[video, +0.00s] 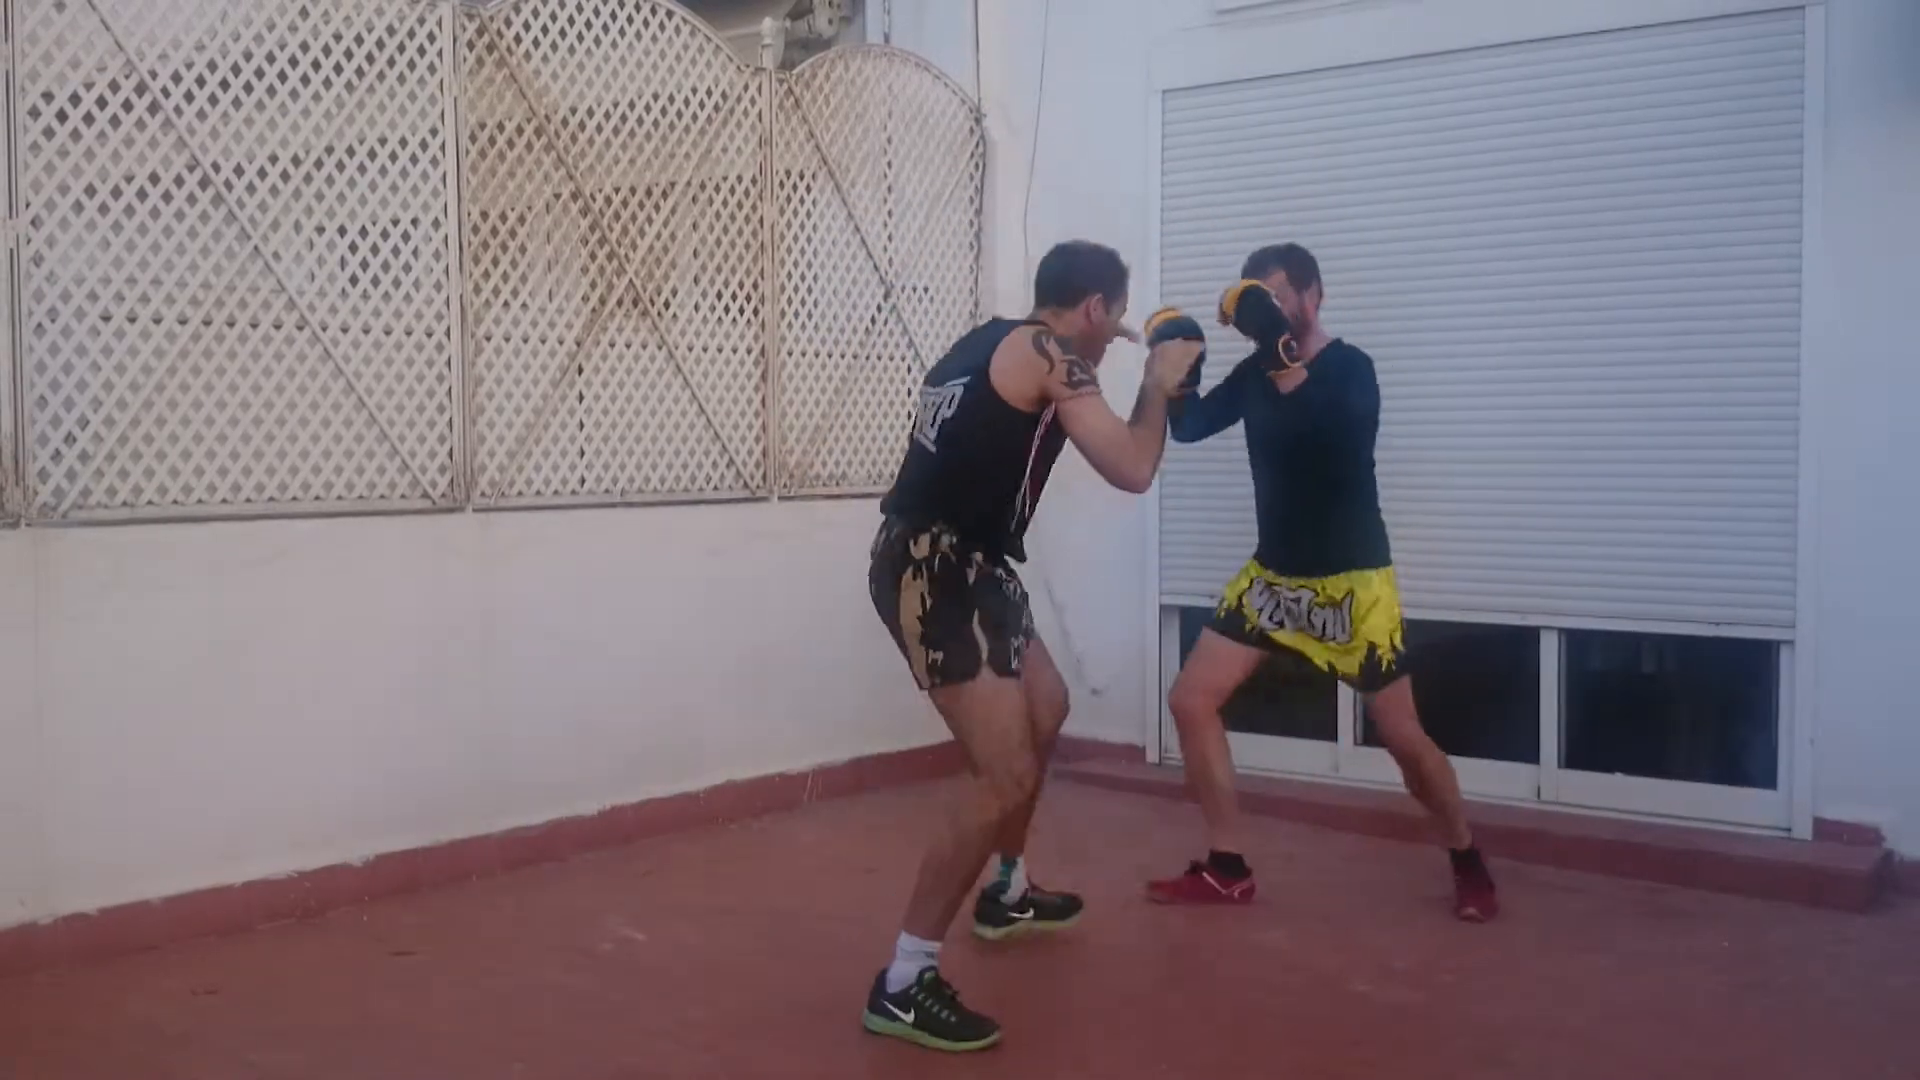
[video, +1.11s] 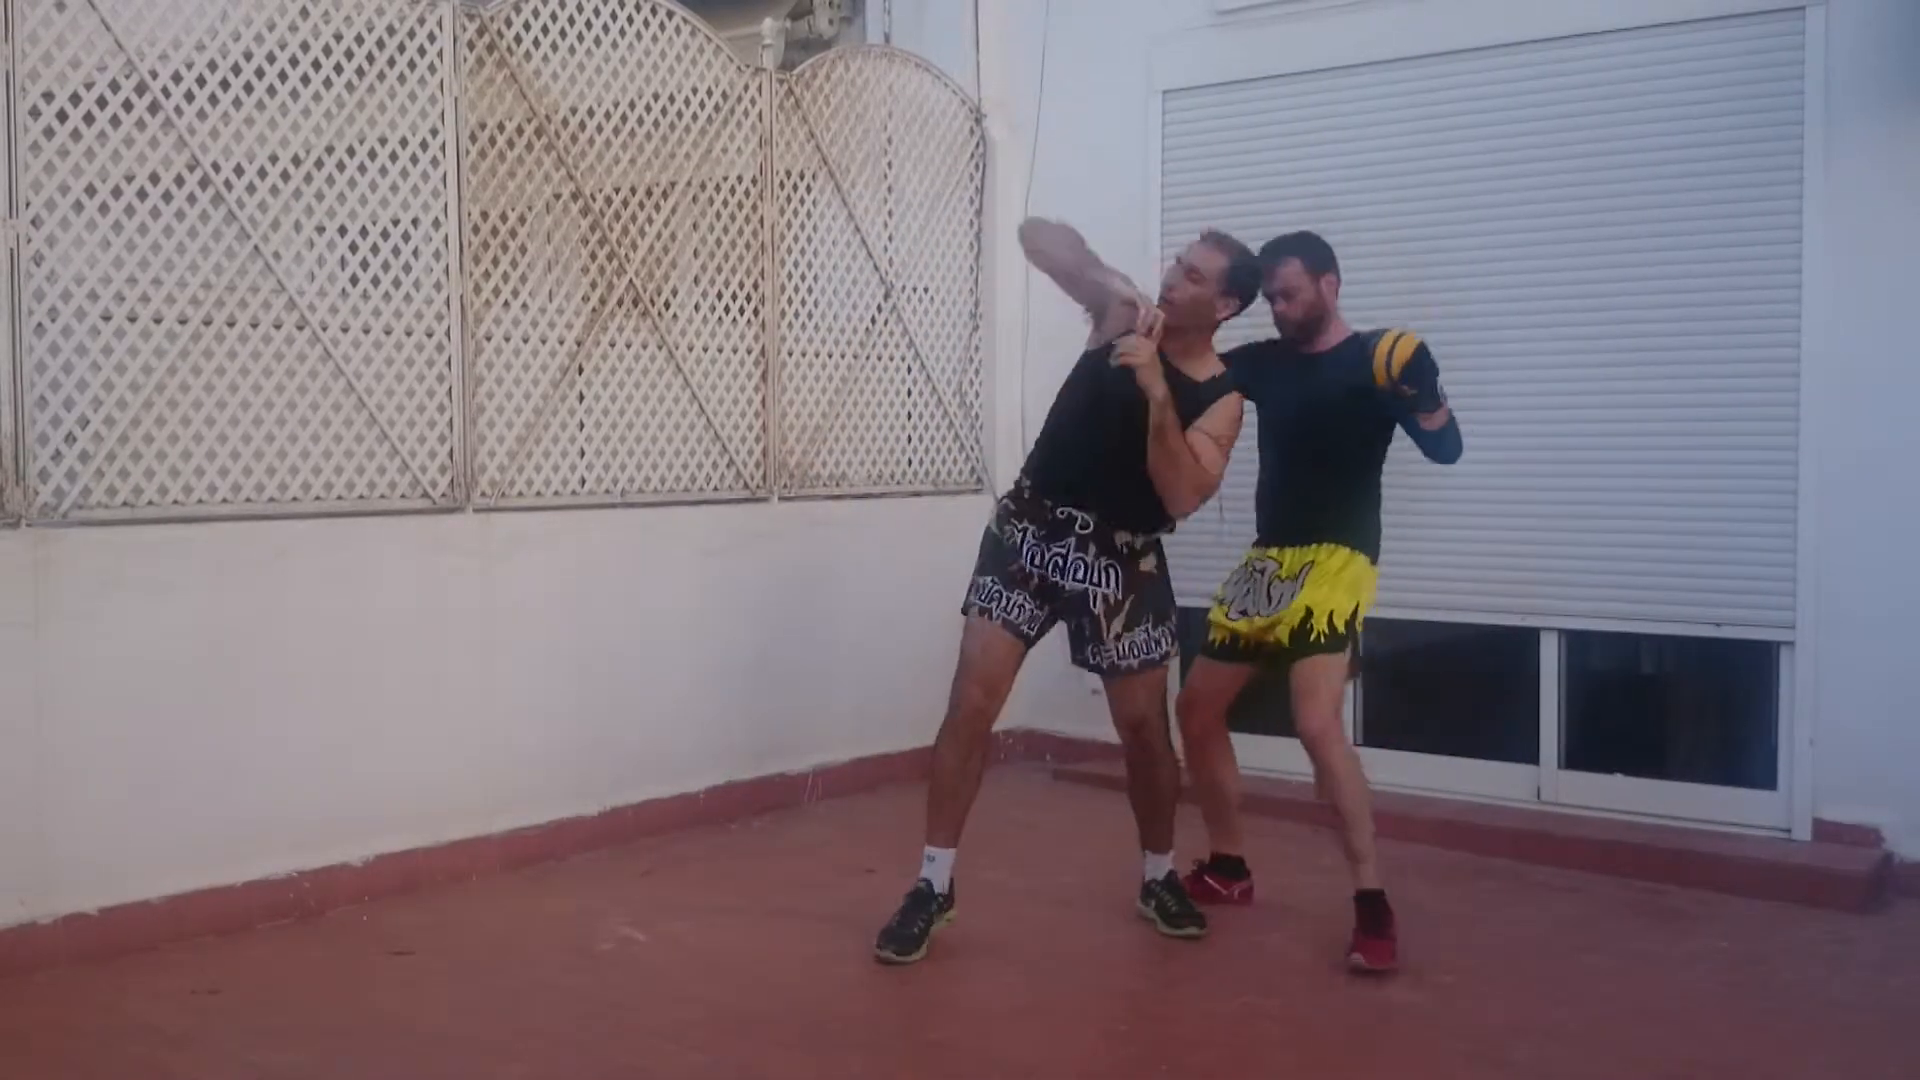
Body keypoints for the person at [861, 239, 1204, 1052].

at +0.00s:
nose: (1119, 326)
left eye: (1118, 313)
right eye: (1117, 312)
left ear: (1050, 298)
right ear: (1090, 307)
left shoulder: (995, 339)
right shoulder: (1043, 359)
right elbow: (1132, 467)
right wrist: (1163, 383)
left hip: (966, 558)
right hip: (936, 563)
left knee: (1044, 705)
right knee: (1007, 781)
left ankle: (1003, 893)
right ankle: (902, 983)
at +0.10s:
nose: (1157, 416)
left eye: (1160, 403)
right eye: (1157, 402)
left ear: (1110, 385)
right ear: (1129, 390)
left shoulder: (1055, 418)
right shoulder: (1068, 412)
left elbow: (1085, 522)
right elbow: (1170, 510)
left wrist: (1173, 476)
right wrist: (1200, 440)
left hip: (976, 601)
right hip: (934, 602)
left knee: (1059, 733)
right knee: (1020, 788)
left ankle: (1092, 875)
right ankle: (903, 986)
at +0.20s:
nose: (1197, 464)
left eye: (1202, 454)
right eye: (1200, 452)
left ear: (1162, 434)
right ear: (1175, 435)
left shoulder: (1118, 470)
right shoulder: (1102, 435)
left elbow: (1163, 573)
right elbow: (1152, 535)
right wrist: (1208, 477)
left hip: (1005, 610)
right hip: (949, 598)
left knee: (1082, 751)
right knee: (1015, 781)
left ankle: (1117, 891)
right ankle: (904, 983)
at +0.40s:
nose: (1251, 429)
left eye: (1257, 415)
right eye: (1245, 409)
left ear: (1219, 406)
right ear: (1199, 388)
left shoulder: (1173, 486)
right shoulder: (1126, 395)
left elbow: (1186, 594)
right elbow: (1149, 472)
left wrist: (1269, 652)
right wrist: (1239, 458)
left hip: (1058, 592)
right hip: (982, 559)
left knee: (1137, 732)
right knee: (987, 748)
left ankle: (1119, 886)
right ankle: (884, 897)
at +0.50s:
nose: (1193, 322)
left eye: (1211, 321)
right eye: (1189, 311)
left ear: (1226, 355)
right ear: (1165, 323)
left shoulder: (1195, 451)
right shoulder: (1108, 349)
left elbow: (1176, 564)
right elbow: (1140, 384)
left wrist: (1193, 625)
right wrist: (1219, 413)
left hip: (1086, 586)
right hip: (999, 557)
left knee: (1147, 752)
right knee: (963, 744)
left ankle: (1132, 882)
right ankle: (895, 911)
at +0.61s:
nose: (1179, 286)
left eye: (1197, 283)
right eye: (1187, 278)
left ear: (1225, 320)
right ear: (1182, 303)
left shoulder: (1213, 423)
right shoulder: (1137, 339)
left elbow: (1155, 524)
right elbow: (1102, 280)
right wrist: (1179, 345)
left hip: (1097, 571)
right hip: (1006, 536)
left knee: (1123, 757)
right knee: (950, 724)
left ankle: (1139, 883)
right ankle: (906, 901)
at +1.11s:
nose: (1172, 276)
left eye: (1193, 275)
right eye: (1177, 264)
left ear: (1227, 307)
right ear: (1172, 272)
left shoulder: (1221, 398)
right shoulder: (1122, 309)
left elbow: (1183, 496)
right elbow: (1034, 235)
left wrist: (1159, 395)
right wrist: (1108, 285)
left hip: (1125, 556)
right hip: (1031, 528)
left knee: (1143, 726)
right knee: (971, 703)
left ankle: (1159, 880)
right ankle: (932, 885)